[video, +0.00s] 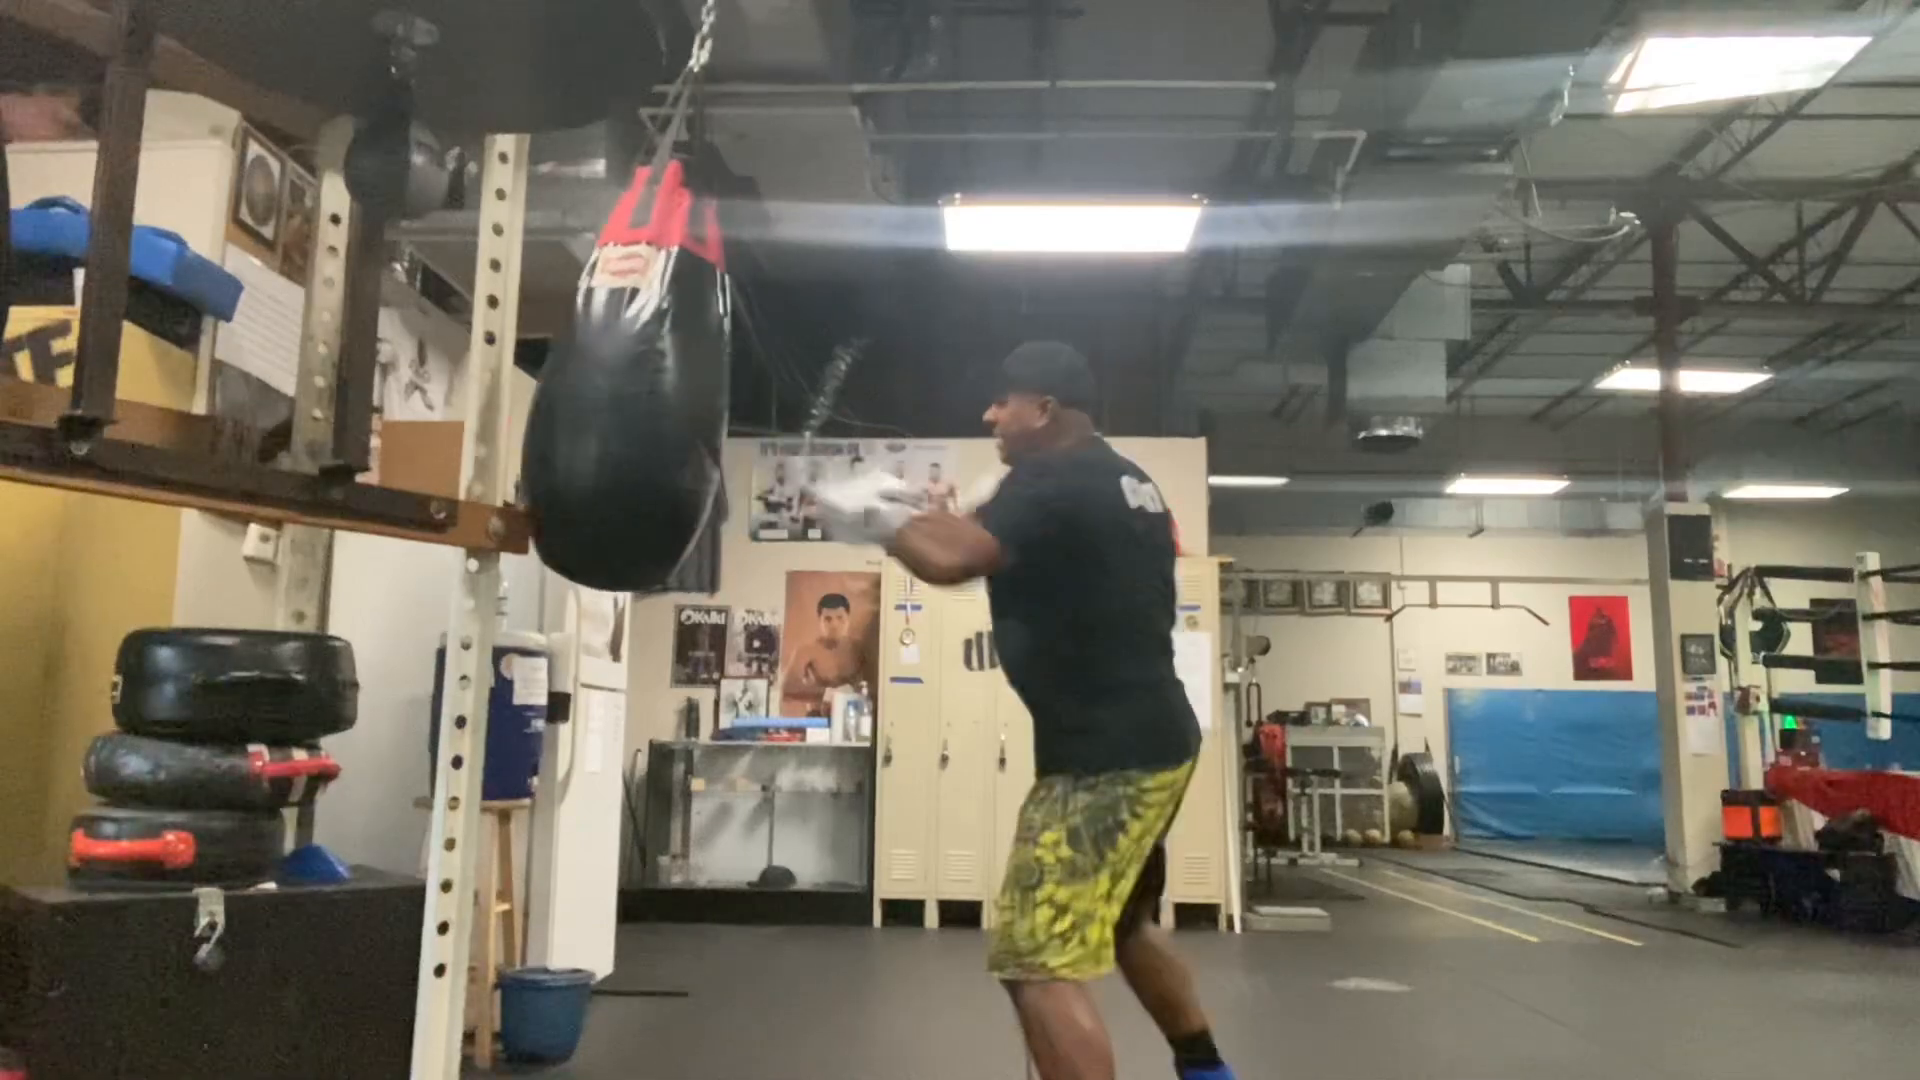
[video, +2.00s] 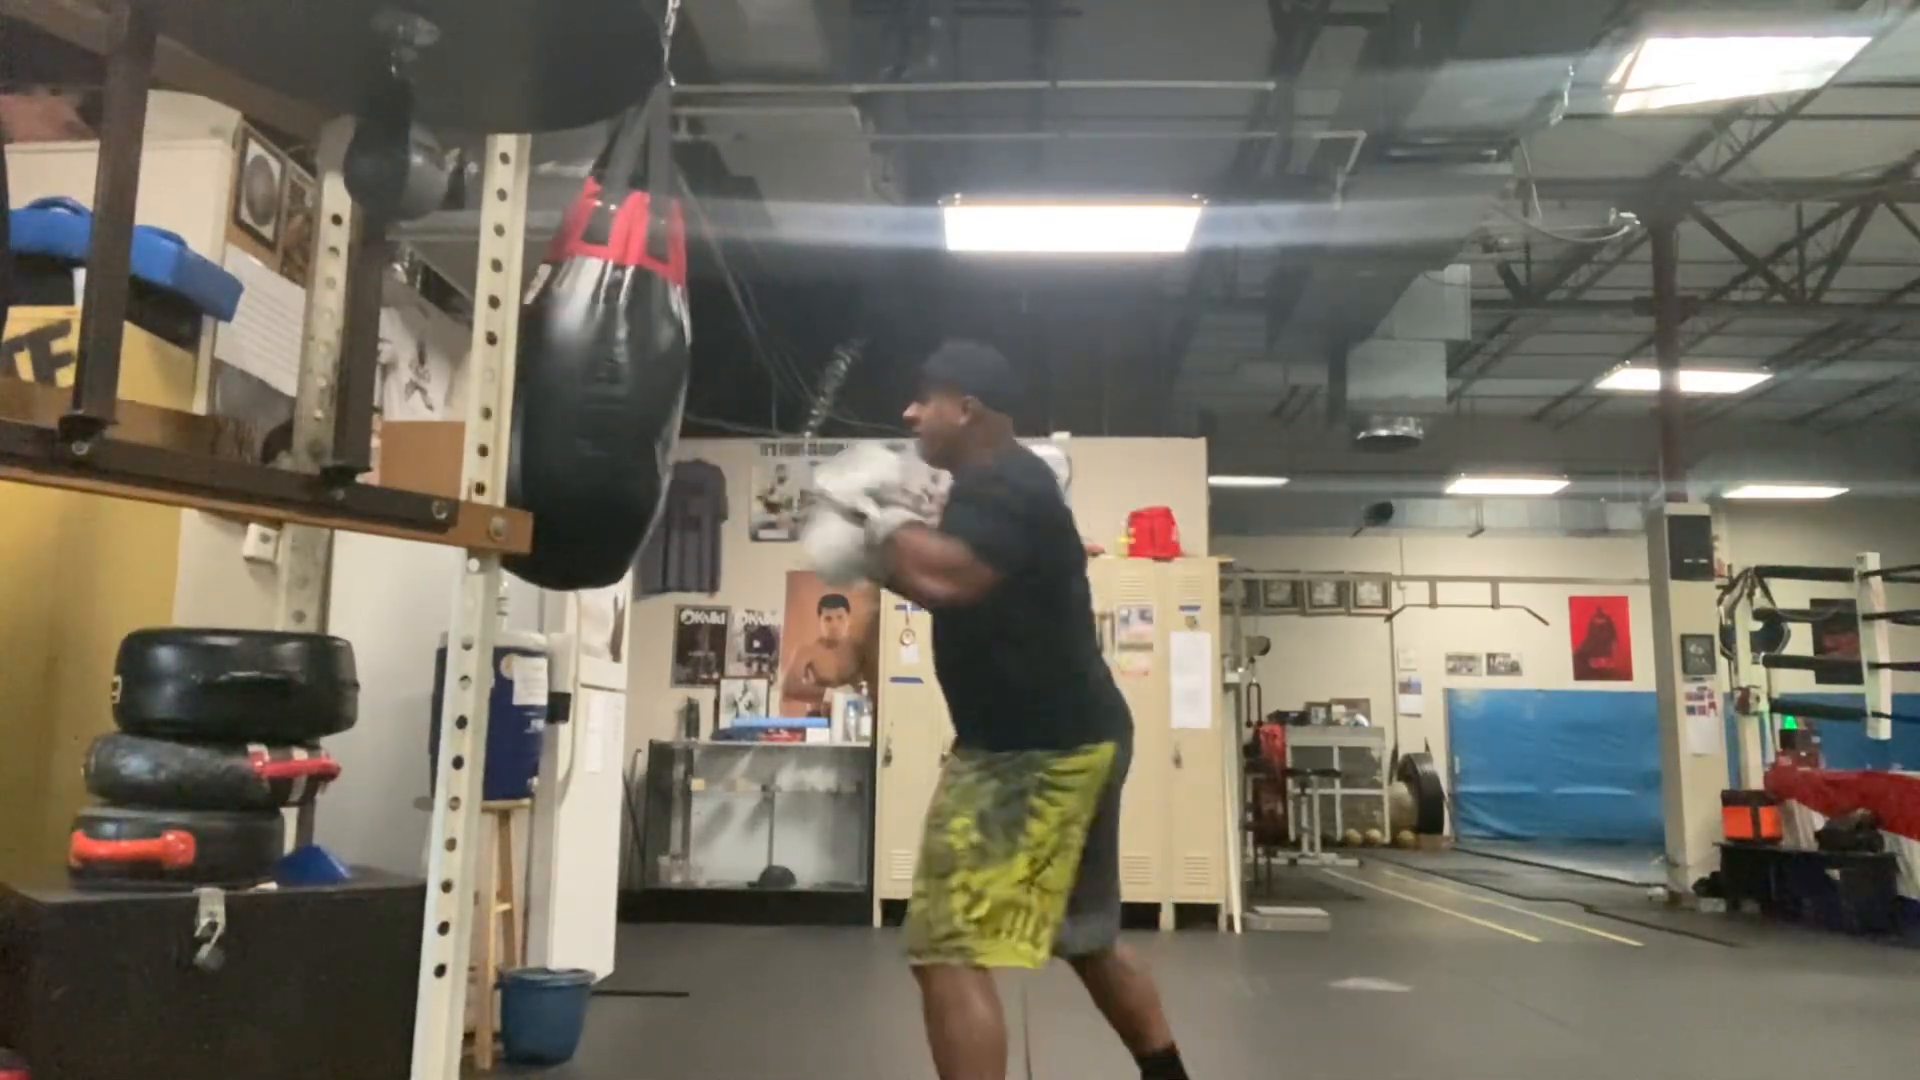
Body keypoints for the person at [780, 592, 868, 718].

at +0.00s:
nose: (834, 625)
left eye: (840, 618)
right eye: (828, 619)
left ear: (848, 620)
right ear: (819, 620)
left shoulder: (859, 650)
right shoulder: (806, 652)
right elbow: (789, 687)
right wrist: (825, 692)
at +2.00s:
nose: (834, 624)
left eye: (840, 618)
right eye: (828, 619)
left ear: (848, 620)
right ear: (819, 621)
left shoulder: (857, 652)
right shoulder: (807, 652)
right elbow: (790, 688)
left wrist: (816, 687)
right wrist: (828, 693)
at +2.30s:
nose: (834, 625)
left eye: (840, 618)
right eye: (828, 619)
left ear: (848, 619)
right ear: (819, 621)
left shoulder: (856, 651)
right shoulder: (808, 652)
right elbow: (790, 687)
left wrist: (816, 685)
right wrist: (827, 694)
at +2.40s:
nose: (834, 624)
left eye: (839, 617)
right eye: (828, 618)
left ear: (848, 620)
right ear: (819, 621)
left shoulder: (858, 651)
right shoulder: (807, 652)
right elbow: (789, 688)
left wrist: (817, 686)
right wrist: (828, 693)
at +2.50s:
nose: (834, 625)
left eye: (840, 618)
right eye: (828, 619)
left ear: (848, 620)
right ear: (819, 621)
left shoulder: (857, 651)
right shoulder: (808, 652)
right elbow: (790, 688)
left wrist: (816, 685)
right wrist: (828, 693)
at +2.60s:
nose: (834, 625)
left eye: (840, 618)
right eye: (828, 619)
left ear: (847, 620)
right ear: (820, 620)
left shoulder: (858, 651)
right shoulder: (807, 652)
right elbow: (790, 688)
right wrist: (828, 693)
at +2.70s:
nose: (834, 625)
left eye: (840, 618)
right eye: (828, 619)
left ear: (848, 620)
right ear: (819, 620)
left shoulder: (857, 651)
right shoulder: (808, 652)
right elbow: (789, 687)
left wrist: (817, 685)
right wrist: (826, 693)